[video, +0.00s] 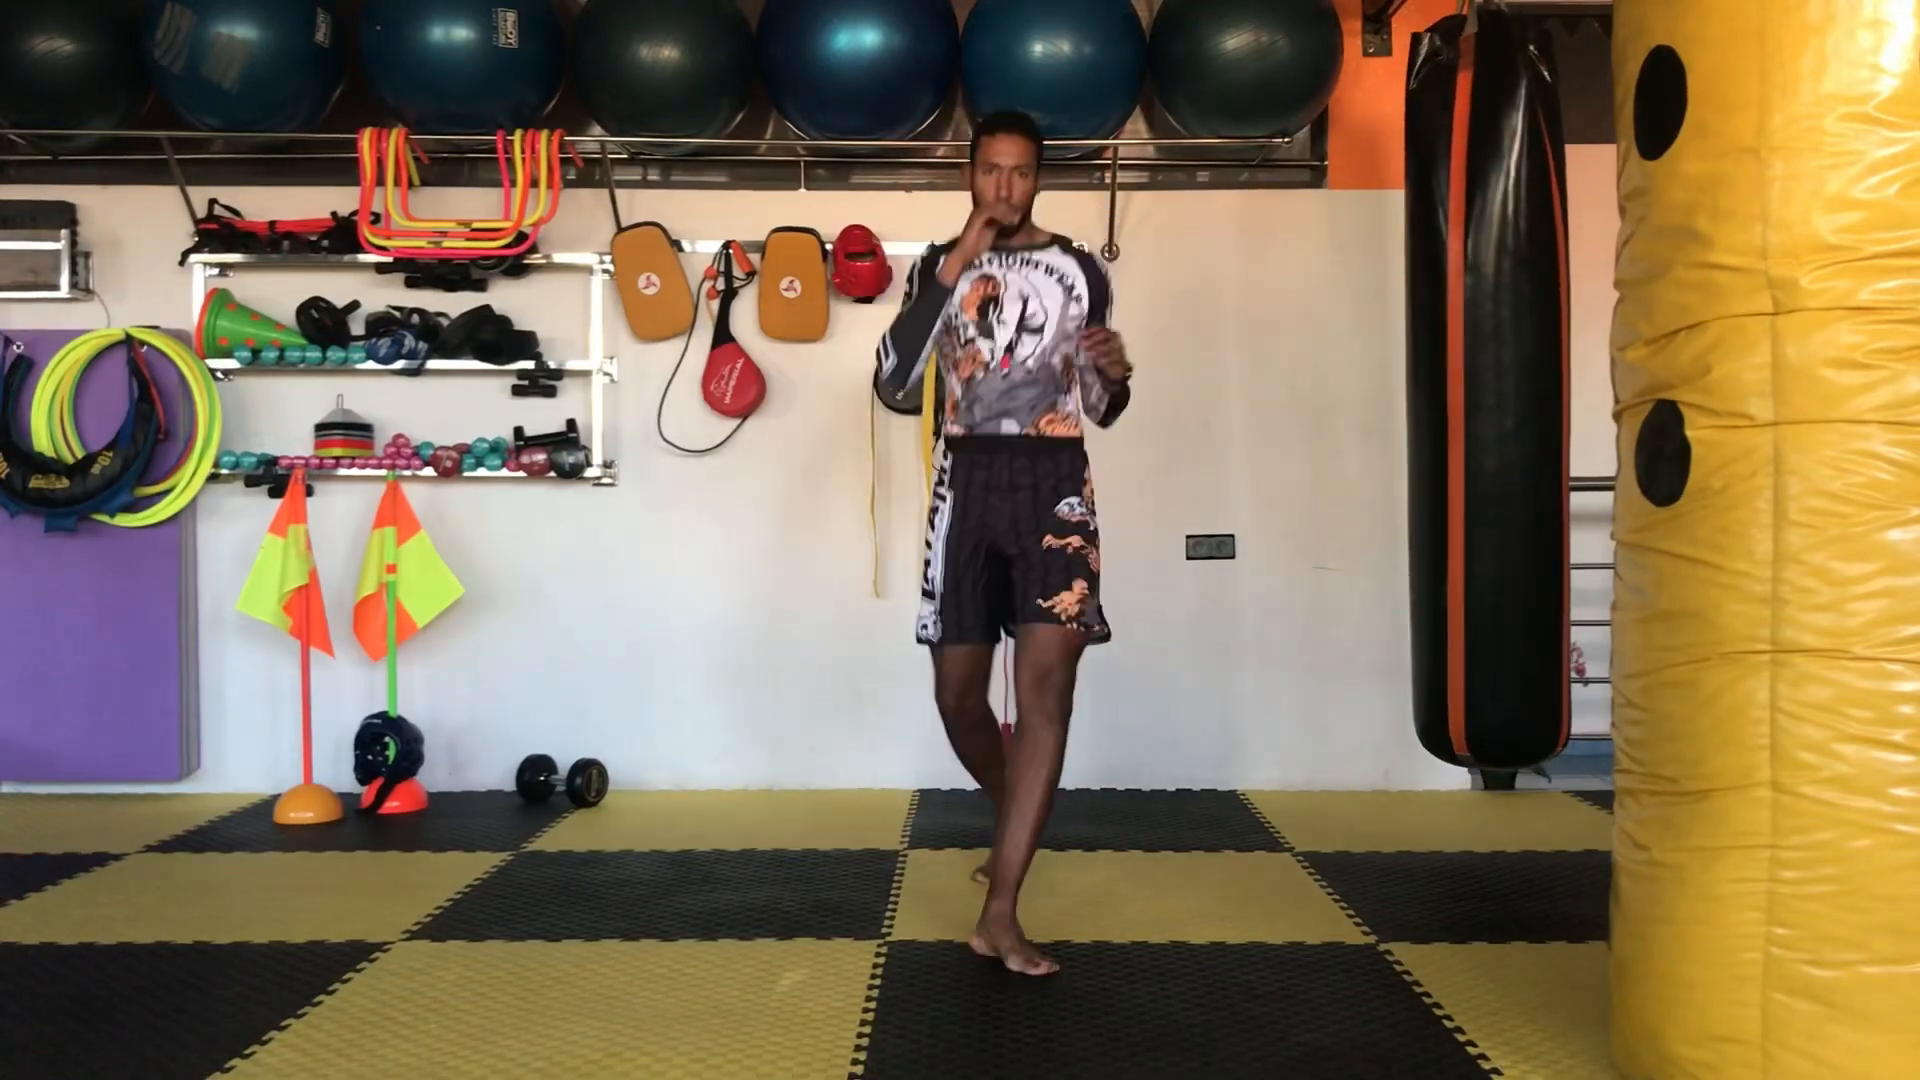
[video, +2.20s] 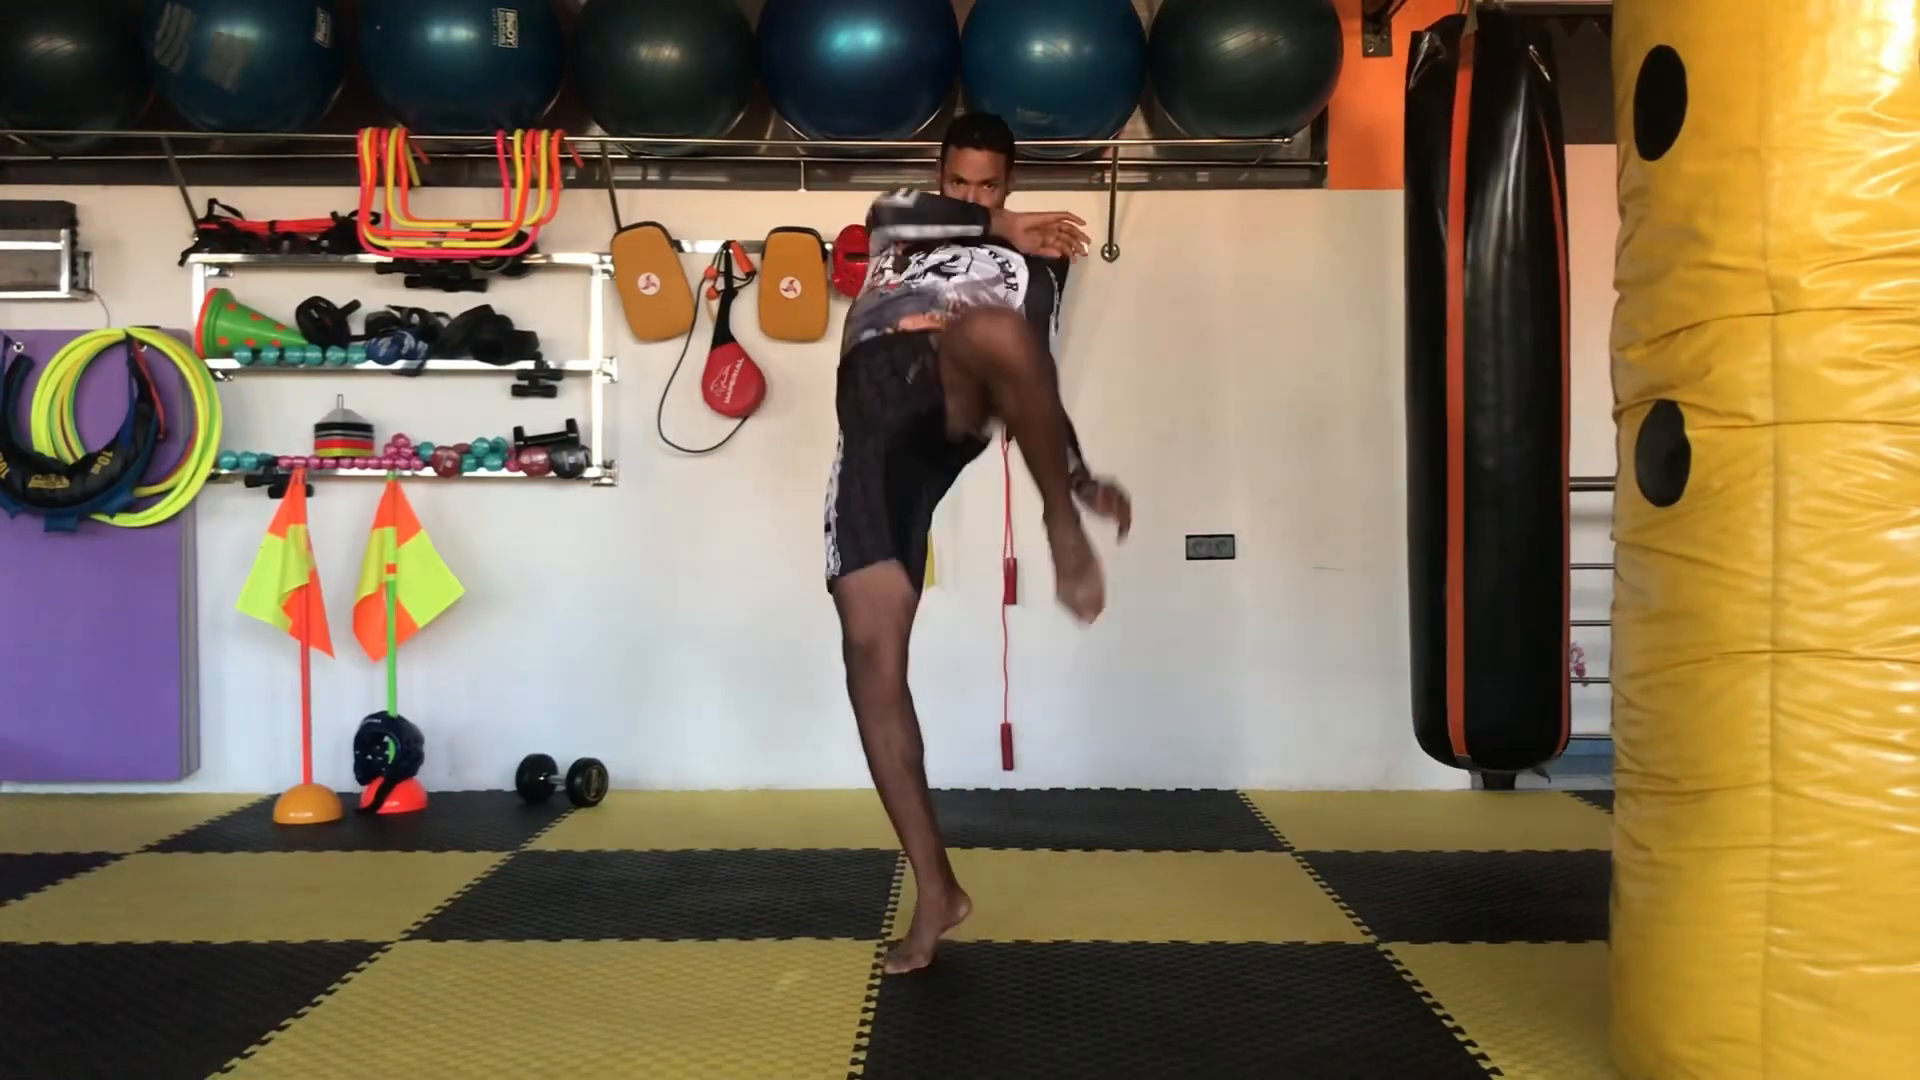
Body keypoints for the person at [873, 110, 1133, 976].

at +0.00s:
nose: (1004, 185)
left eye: (1020, 171)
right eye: (991, 170)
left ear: (1039, 180)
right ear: (970, 177)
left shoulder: (1079, 273)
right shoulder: (939, 269)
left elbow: (1104, 410)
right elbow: (893, 380)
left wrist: (1112, 373)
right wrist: (951, 272)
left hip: (1056, 490)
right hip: (968, 491)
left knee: (1044, 695)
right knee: (959, 701)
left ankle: (1001, 909)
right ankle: (1018, 810)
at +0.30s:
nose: (1006, 173)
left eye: (1020, 160)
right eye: (994, 158)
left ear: (1042, 164)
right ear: (975, 160)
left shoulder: (1075, 236)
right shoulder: (952, 248)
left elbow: (1142, 343)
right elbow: (892, 336)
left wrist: (1103, 259)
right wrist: (938, 248)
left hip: (1062, 453)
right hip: (980, 455)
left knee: (1067, 645)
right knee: (980, 655)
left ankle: (1080, 843)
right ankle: (1019, 815)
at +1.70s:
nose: (991, 244)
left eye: (1005, 231)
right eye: (977, 230)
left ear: (1026, 238)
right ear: (960, 239)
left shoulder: (1054, 299)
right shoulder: (936, 306)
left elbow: (1083, 254)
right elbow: (883, 428)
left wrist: (996, 176)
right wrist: (896, 386)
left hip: (1042, 501)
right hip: (959, 504)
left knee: (1046, 672)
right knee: (934, 668)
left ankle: (1038, 817)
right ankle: (929, 864)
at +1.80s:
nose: (975, 259)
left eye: (988, 244)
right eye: (963, 244)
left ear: (1014, 251)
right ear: (946, 251)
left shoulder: (1042, 316)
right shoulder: (920, 323)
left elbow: (1043, 243)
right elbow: (858, 388)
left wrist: (950, 156)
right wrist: (885, 292)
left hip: (1032, 521)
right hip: (947, 524)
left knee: (1043, 692)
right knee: (923, 679)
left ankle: (1040, 802)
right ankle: (938, 901)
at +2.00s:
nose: (979, 188)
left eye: (989, 174)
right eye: (965, 173)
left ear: (1004, 176)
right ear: (937, 171)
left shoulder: (1026, 251)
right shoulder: (885, 234)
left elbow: (1078, 338)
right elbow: (848, 253)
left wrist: (1042, 256)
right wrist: (961, 190)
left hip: (988, 453)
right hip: (895, 460)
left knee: (1074, 640)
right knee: (878, 677)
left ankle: (1028, 701)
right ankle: (934, 905)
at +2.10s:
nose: (965, 194)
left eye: (980, 181)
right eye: (950, 179)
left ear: (999, 179)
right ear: (928, 171)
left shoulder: (1023, 261)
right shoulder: (889, 227)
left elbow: (1055, 386)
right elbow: (888, 233)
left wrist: (1084, 393)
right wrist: (996, 216)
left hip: (988, 412)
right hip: (892, 421)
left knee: (1058, 483)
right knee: (871, 674)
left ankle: (1037, 617)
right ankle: (939, 897)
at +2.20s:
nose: (975, 197)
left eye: (991, 186)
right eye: (961, 183)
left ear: (1008, 188)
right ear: (939, 176)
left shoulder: (1028, 260)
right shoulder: (893, 220)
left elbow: (1032, 374)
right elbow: (894, 225)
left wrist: (1081, 479)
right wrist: (1002, 227)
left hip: (962, 406)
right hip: (877, 424)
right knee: (871, 666)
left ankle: (1064, 526)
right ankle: (935, 888)